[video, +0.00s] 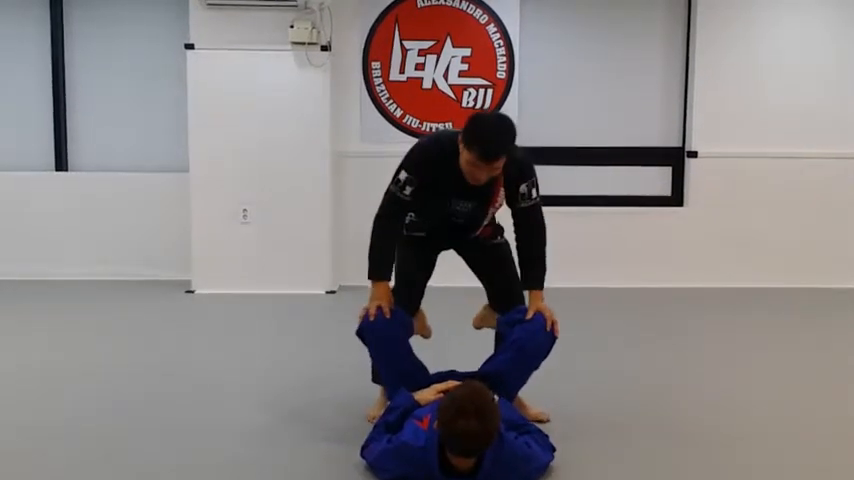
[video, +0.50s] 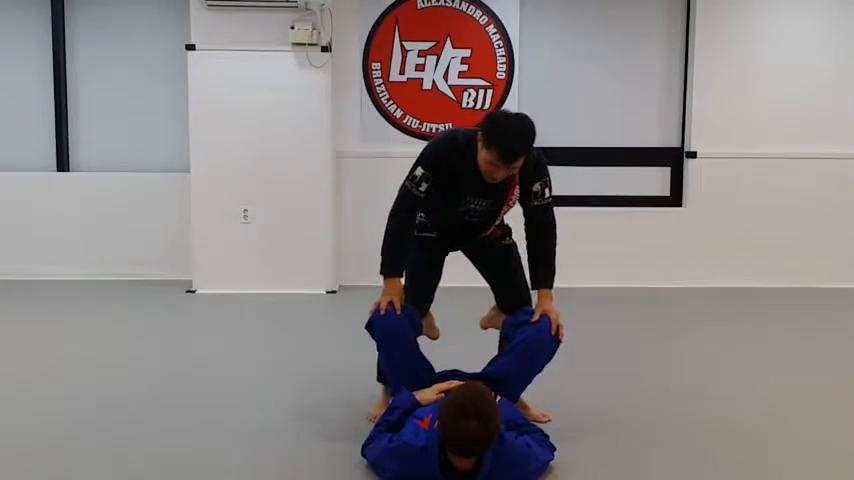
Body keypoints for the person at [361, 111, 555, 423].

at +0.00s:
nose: (480, 175)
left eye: (490, 169)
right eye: (473, 166)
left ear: (504, 159)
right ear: (461, 146)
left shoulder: (516, 165)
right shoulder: (428, 153)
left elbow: (530, 226)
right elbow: (388, 216)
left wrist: (536, 297)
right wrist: (379, 285)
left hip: (478, 233)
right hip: (421, 233)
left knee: (513, 307)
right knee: (399, 310)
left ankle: (507, 392)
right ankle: (388, 392)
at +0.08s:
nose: (480, 176)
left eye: (489, 170)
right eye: (473, 166)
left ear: (504, 158)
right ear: (460, 148)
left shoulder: (516, 165)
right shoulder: (427, 154)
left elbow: (531, 226)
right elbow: (387, 216)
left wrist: (537, 296)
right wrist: (381, 284)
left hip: (478, 233)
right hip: (421, 233)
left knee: (513, 306)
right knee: (401, 311)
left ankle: (507, 392)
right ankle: (388, 392)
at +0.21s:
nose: (484, 175)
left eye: (494, 169)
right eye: (477, 166)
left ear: (508, 158)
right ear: (465, 146)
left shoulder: (520, 165)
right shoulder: (431, 153)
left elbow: (533, 227)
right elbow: (392, 215)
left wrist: (539, 298)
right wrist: (386, 282)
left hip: (480, 233)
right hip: (424, 233)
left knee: (514, 306)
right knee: (402, 311)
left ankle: (508, 393)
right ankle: (389, 391)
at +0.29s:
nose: (487, 175)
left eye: (497, 169)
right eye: (481, 166)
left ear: (512, 158)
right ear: (469, 144)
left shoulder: (522, 164)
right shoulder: (434, 152)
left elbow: (535, 227)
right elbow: (394, 214)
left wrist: (540, 297)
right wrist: (387, 281)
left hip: (482, 234)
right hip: (426, 233)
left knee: (516, 308)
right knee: (403, 311)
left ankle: (507, 393)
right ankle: (390, 392)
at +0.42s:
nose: (495, 174)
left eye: (505, 169)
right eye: (489, 165)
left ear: (519, 157)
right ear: (476, 141)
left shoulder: (528, 164)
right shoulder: (441, 150)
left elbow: (539, 226)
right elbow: (400, 213)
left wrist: (544, 297)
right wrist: (390, 281)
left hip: (485, 233)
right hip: (429, 233)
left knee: (519, 308)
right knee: (408, 311)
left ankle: (508, 393)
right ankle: (390, 392)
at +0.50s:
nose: (498, 174)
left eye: (508, 169)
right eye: (492, 165)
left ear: (522, 159)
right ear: (479, 142)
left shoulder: (530, 165)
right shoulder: (444, 150)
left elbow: (541, 226)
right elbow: (402, 211)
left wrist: (545, 297)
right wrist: (391, 280)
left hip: (486, 234)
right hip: (431, 232)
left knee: (520, 309)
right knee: (409, 310)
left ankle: (508, 394)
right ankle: (390, 392)